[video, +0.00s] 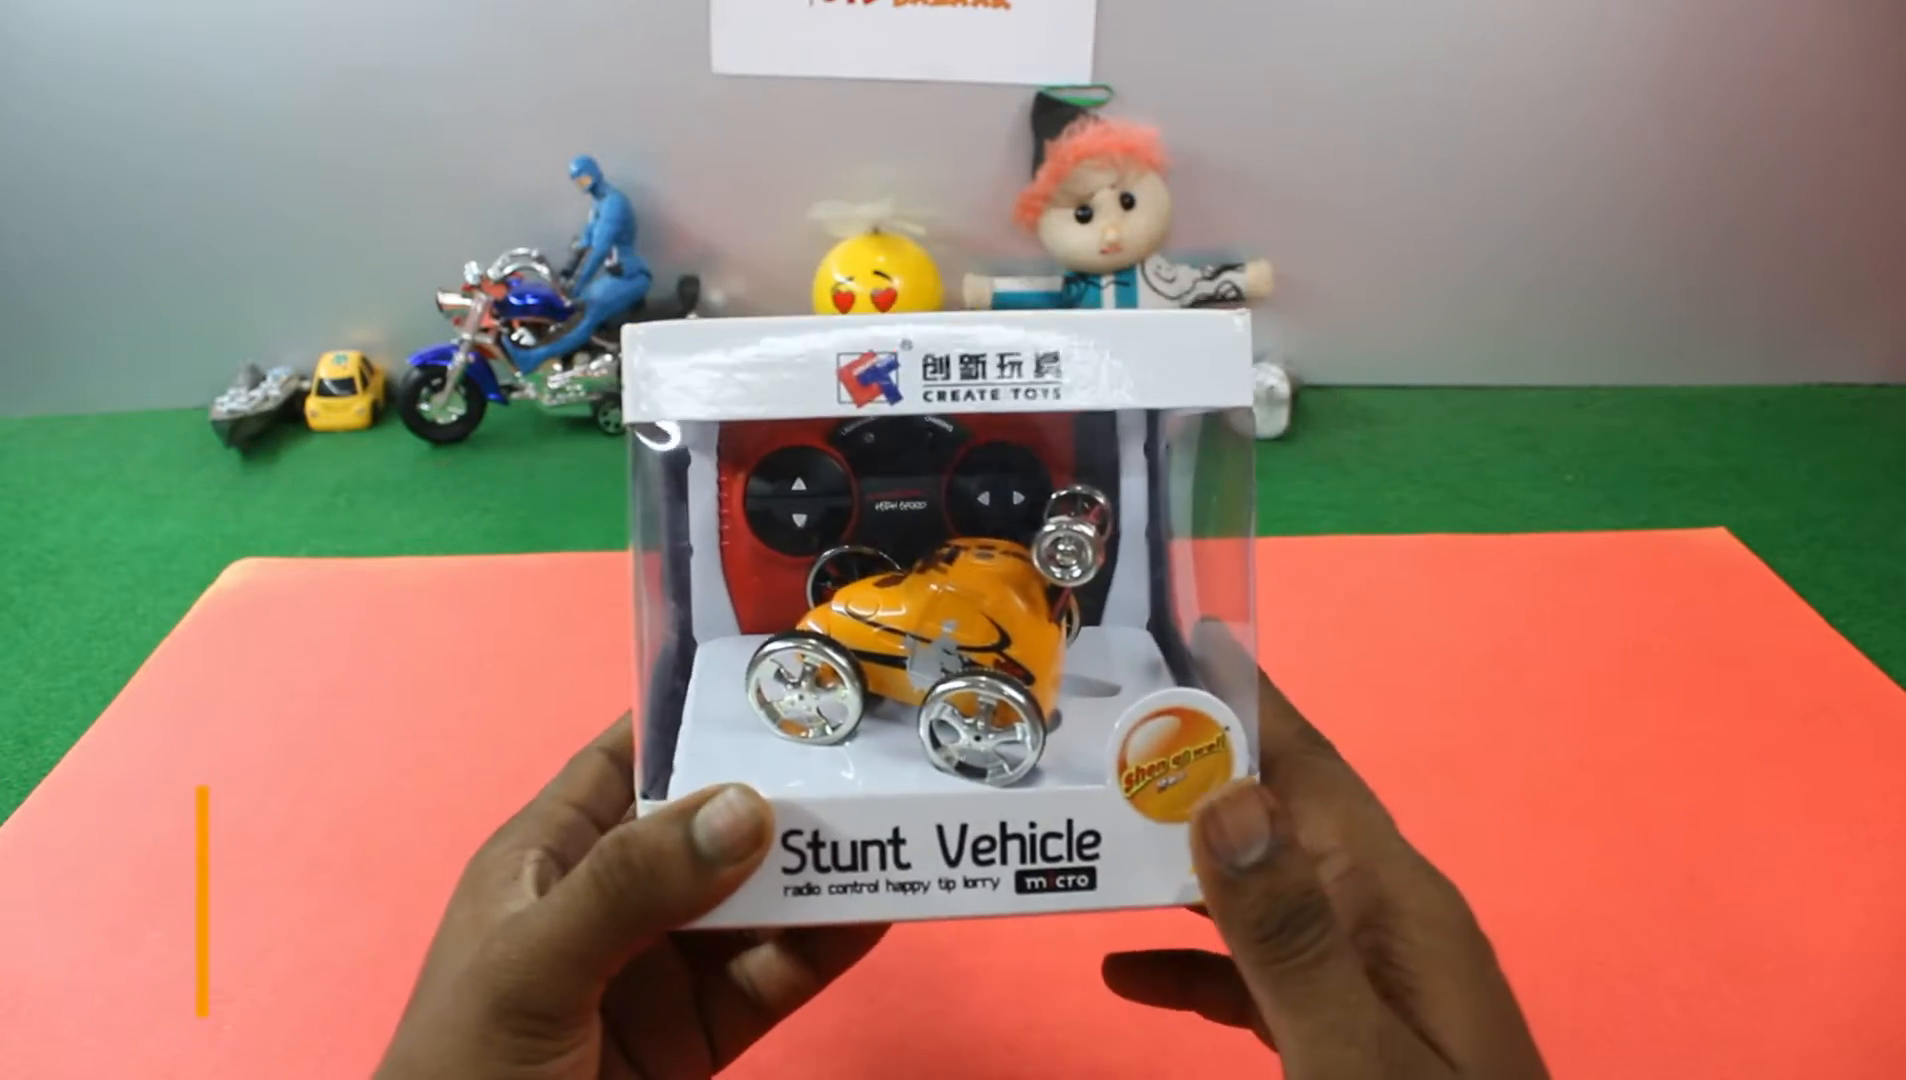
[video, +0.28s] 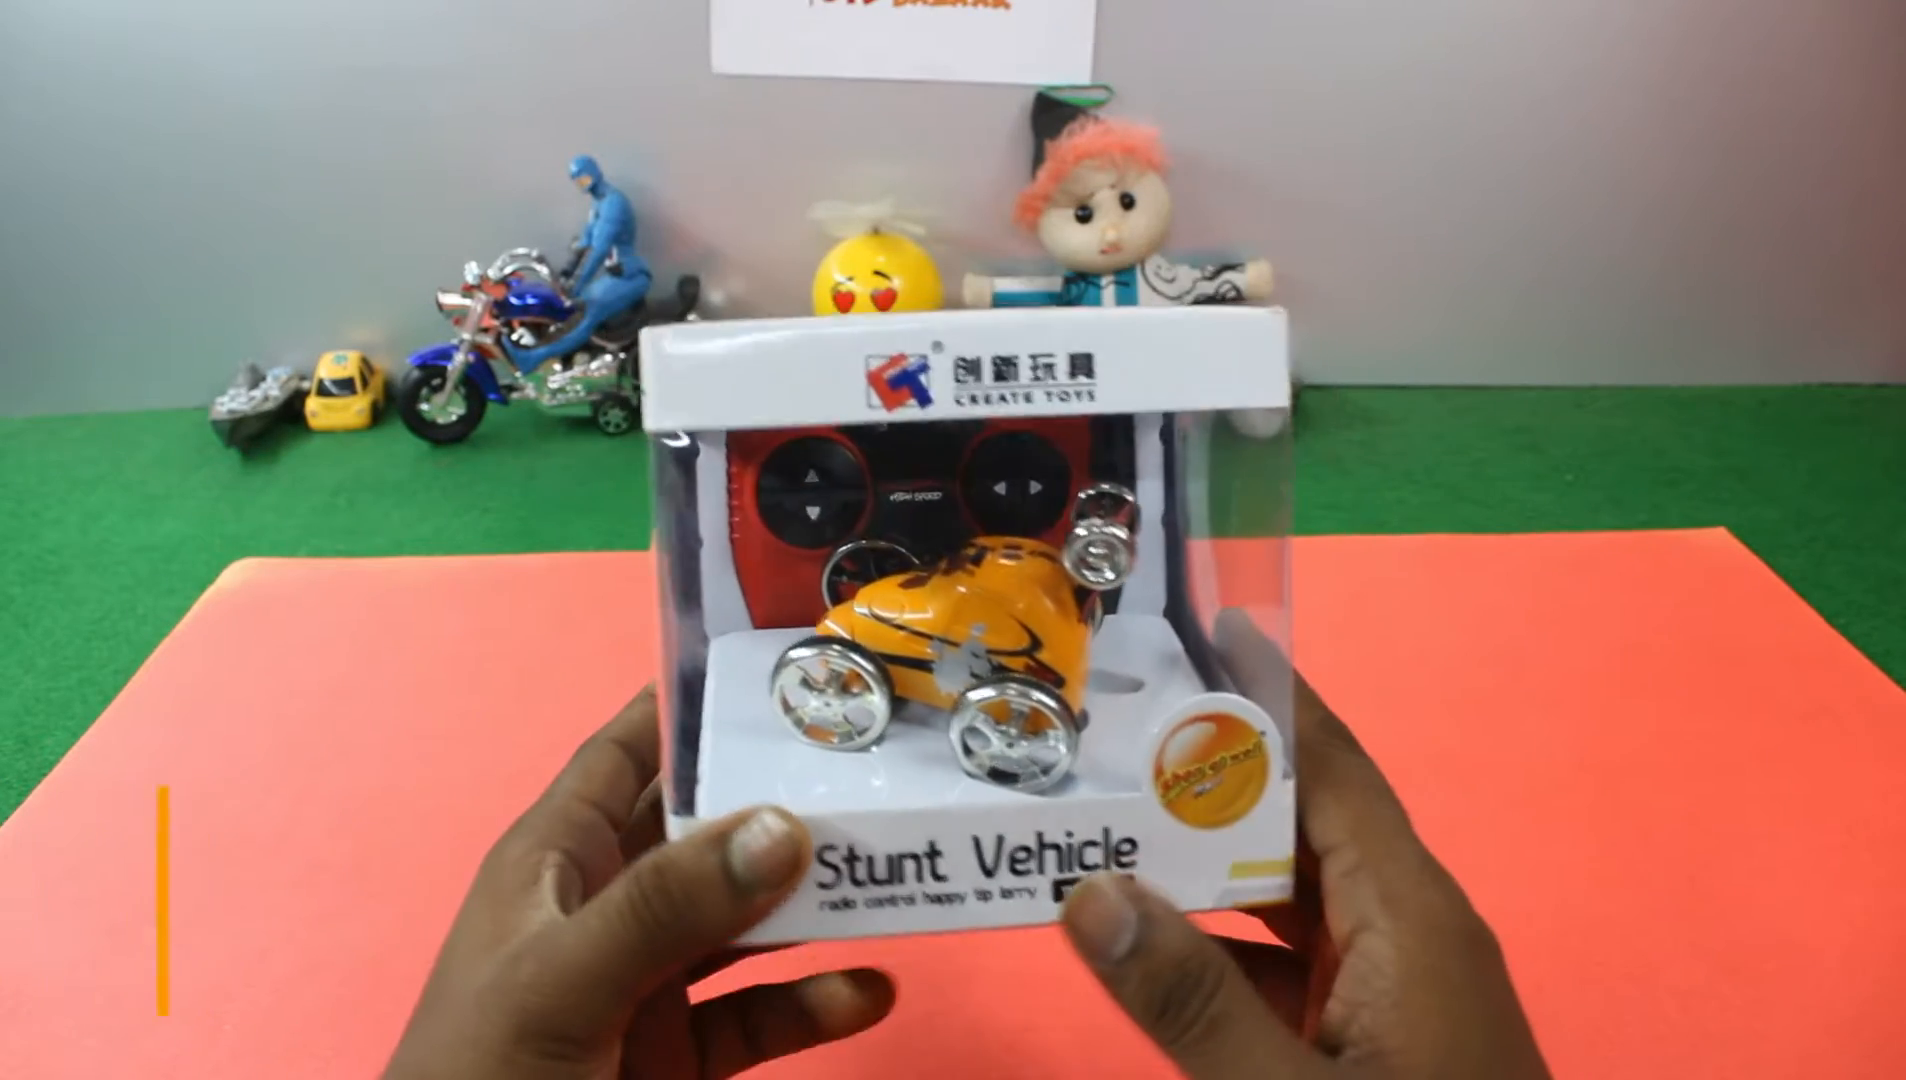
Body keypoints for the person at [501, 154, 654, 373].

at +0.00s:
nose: (581, 184)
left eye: (583, 177)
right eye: (577, 179)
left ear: (593, 174)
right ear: (576, 181)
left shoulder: (614, 203)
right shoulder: (598, 204)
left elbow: (601, 247)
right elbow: (586, 239)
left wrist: (577, 286)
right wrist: (569, 269)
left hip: (631, 276)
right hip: (612, 272)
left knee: (593, 313)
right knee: (576, 303)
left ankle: (533, 358)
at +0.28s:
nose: (581, 184)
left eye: (582, 177)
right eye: (577, 180)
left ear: (593, 173)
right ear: (577, 181)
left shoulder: (614, 203)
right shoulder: (598, 204)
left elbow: (601, 248)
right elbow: (586, 239)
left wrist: (577, 287)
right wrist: (568, 270)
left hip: (631, 276)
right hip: (612, 272)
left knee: (593, 312)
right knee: (576, 302)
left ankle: (531, 359)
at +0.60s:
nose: (581, 184)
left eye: (583, 177)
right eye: (577, 180)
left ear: (593, 173)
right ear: (577, 181)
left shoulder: (613, 203)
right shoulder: (598, 204)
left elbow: (601, 248)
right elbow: (587, 239)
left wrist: (577, 287)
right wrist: (568, 269)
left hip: (631, 276)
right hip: (612, 272)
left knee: (593, 312)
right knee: (576, 302)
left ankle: (532, 359)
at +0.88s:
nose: (581, 184)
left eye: (583, 177)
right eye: (577, 180)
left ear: (594, 174)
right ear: (577, 181)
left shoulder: (614, 203)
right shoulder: (598, 205)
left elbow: (601, 248)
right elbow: (587, 239)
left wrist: (577, 287)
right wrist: (568, 270)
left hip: (632, 276)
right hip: (612, 272)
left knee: (592, 312)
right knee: (577, 302)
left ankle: (533, 358)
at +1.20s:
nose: (581, 184)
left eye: (583, 177)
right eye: (577, 180)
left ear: (594, 174)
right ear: (577, 182)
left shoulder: (614, 203)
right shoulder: (598, 205)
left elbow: (601, 248)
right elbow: (586, 240)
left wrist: (578, 288)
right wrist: (567, 271)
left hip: (632, 277)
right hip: (611, 273)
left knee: (593, 313)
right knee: (577, 303)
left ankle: (533, 358)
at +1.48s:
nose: (581, 184)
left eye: (583, 177)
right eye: (577, 180)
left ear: (594, 174)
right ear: (577, 181)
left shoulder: (614, 203)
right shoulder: (598, 204)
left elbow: (601, 248)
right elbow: (587, 239)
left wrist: (577, 287)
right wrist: (567, 270)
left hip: (630, 276)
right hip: (612, 272)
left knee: (592, 312)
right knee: (577, 302)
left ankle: (533, 358)